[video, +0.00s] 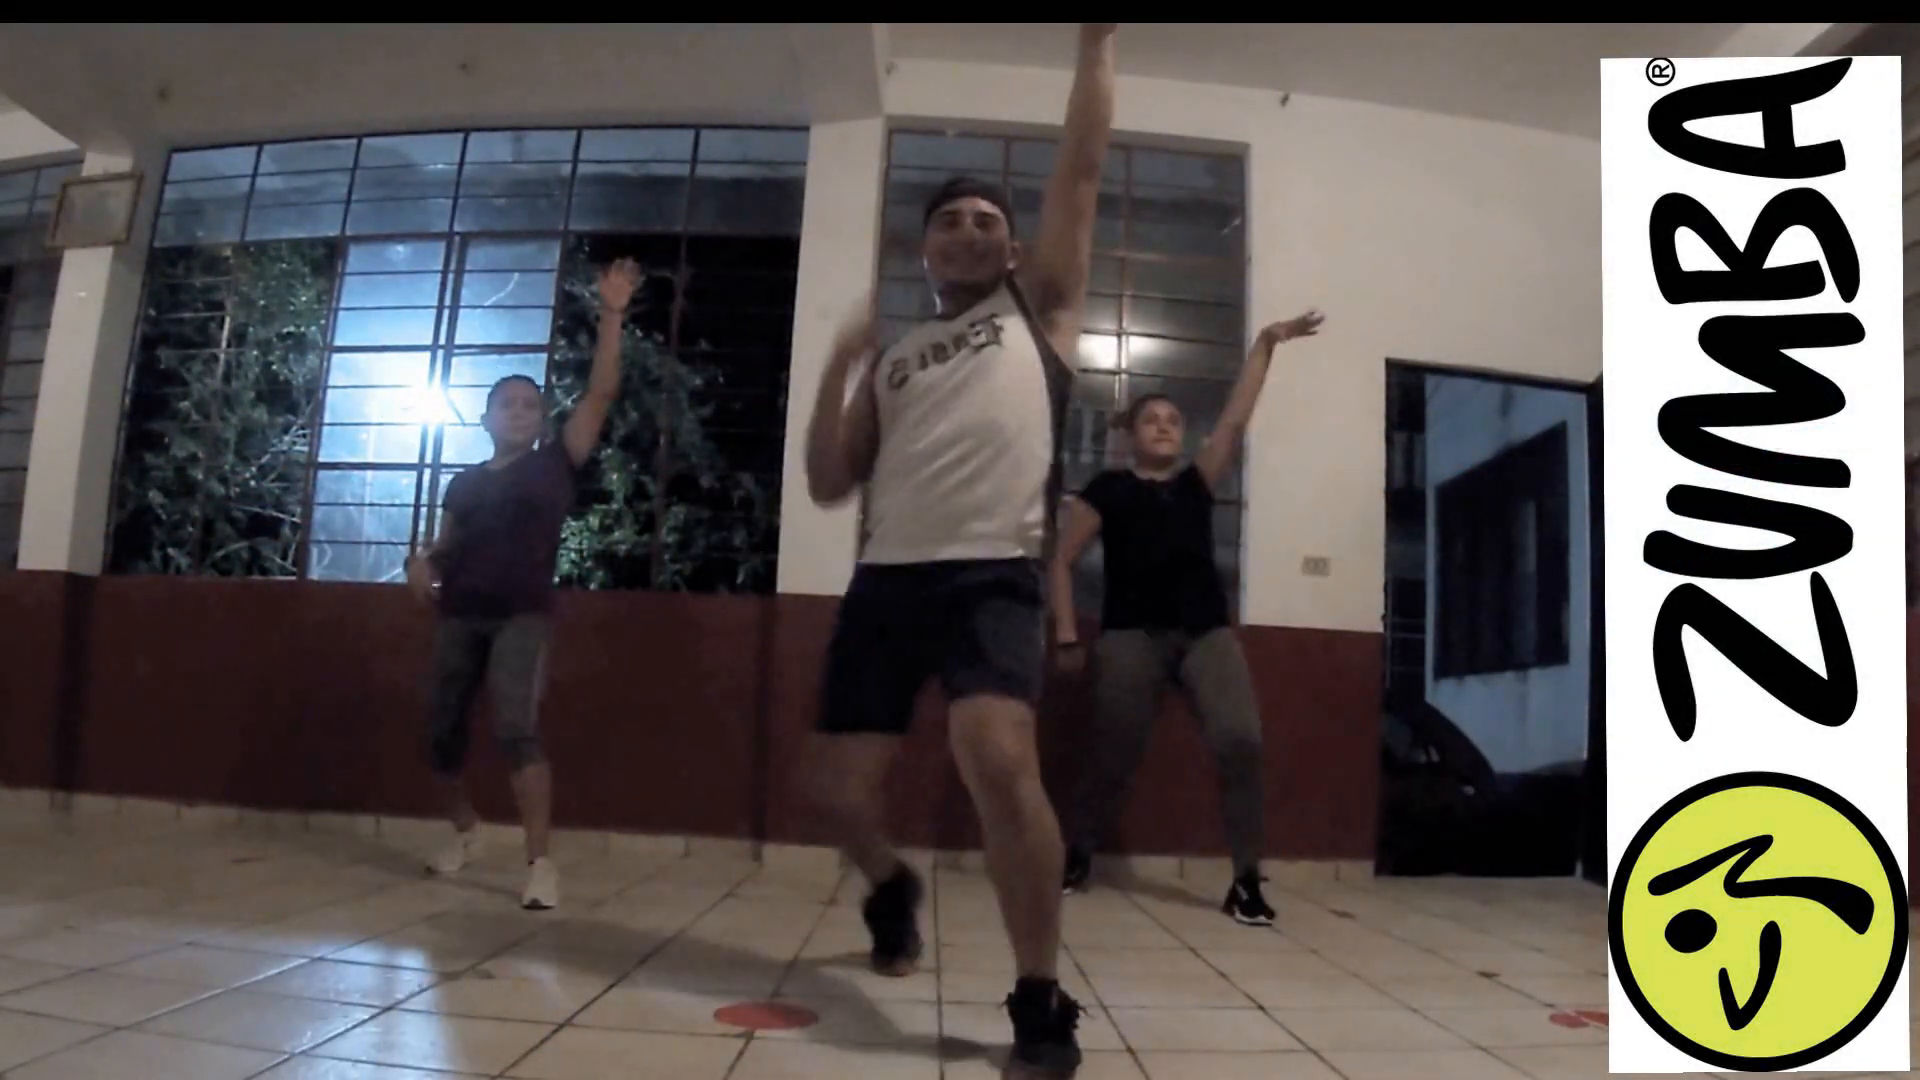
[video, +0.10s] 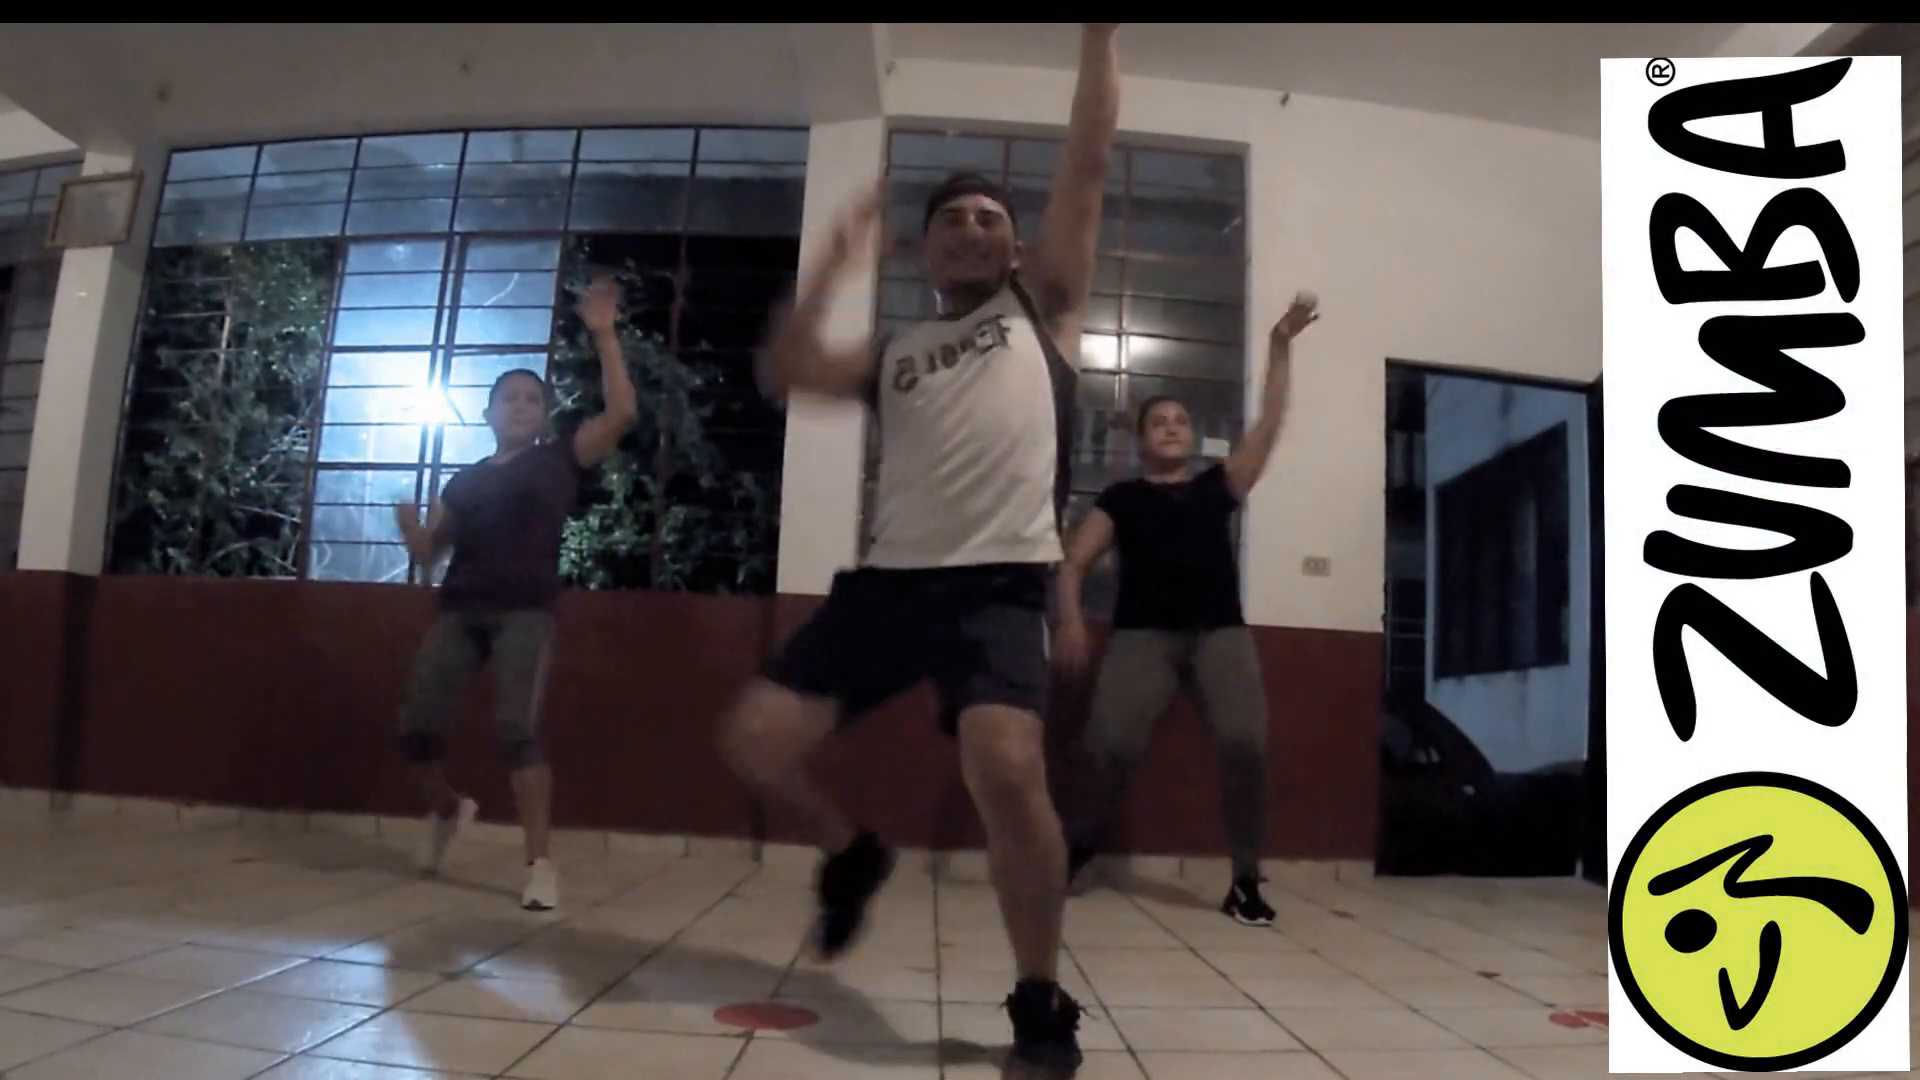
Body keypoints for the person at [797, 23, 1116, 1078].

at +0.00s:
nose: (974, 223)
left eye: (989, 218)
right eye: (954, 217)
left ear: (1015, 249)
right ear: (925, 252)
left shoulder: (1039, 308)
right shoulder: (892, 356)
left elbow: (1084, 159)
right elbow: (828, 482)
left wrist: (1095, 37)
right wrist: (841, 375)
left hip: (997, 580)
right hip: (886, 583)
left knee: (998, 758)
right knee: (834, 791)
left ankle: (1040, 996)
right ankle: (890, 883)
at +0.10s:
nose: (976, 226)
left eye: (992, 219)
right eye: (956, 219)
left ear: (1015, 246)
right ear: (926, 251)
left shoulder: (1041, 313)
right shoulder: (894, 353)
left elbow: (1087, 159)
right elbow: (786, 367)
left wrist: (1099, 35)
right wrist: (837, 257)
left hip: (1005, 587)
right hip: (887, 586)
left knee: (1005, 768)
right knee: (756, 742)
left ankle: (1041, 1000)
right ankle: (852, 851)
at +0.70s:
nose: (877, 211)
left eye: (894, 201)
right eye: (860, 198)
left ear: (916, 230)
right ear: (827, 219)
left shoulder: (941, 335)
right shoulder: (777, 295)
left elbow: (987, 456)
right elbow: (646, 296)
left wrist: (1024, 555)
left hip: (920, 567)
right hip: (797, 566)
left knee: (991, 755)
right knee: (745, 761)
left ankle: (948, 870)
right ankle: (680, 981)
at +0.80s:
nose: (884, 236)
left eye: (901, 225)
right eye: (866, 223)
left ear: (923, 253)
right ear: (835, 246)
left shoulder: (958, 359)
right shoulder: (788, 334)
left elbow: (993, 483)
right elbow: (692, 408)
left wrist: (1018, 585)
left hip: (928, 597)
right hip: (814, 593)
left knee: (953, 785)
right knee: (769, 775)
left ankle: (926, 908)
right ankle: (681, 975)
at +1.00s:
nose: (904, 265)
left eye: (920, 253)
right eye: (887, 253)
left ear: (942, 273)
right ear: (857, 271)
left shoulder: (976, 373)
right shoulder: (812, 362)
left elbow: (1050, 465)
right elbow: (746, 451)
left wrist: (1115, 502)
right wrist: (723, 479)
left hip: (936, 603)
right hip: (833, 599)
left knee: (933, 772)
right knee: (769, 741)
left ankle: (912, 918)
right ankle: (719, 937)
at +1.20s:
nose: (902, 252)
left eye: (917, 240)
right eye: (886, 239)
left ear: (939, 258)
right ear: (858, 254)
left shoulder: (961, 341)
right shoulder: (823, 331)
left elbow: (1043, 398)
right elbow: (755, 404)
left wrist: (970, 324)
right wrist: (851, 340)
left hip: (921, 573)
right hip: (817, 565)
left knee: (947, 727)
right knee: (766, 727)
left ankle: (895, 880)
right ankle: (769, 891)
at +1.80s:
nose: (1069, 291)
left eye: (1084, 278)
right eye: (1054, 278)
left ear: (1111, 289)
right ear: (1031, 292)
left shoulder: (1152, 368)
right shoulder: (1003, 383)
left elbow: (1255, 424)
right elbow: (884, 406)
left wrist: (1367, 421)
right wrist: (775, 394)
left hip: (1143, 599)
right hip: (1025, 599)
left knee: (1191, 770)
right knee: (945, 750)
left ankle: (1219, 927)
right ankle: (848, 906)